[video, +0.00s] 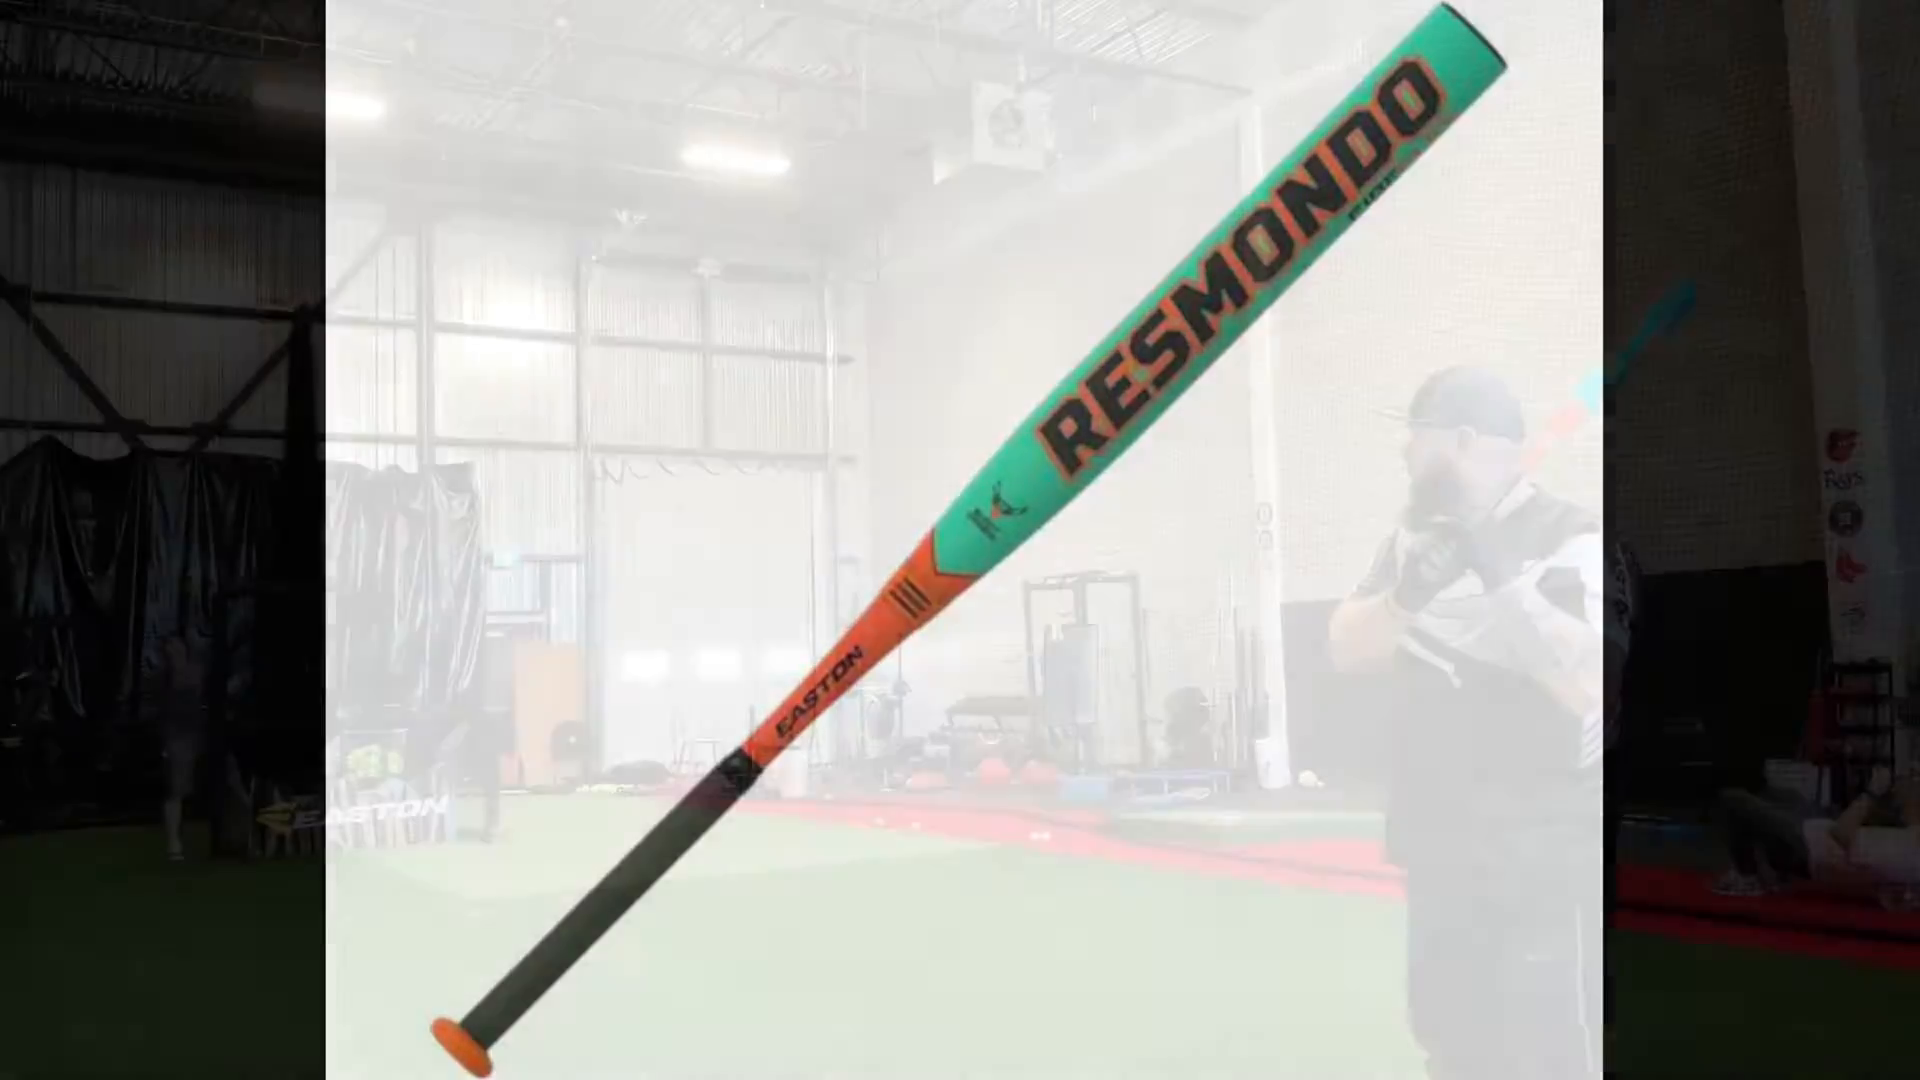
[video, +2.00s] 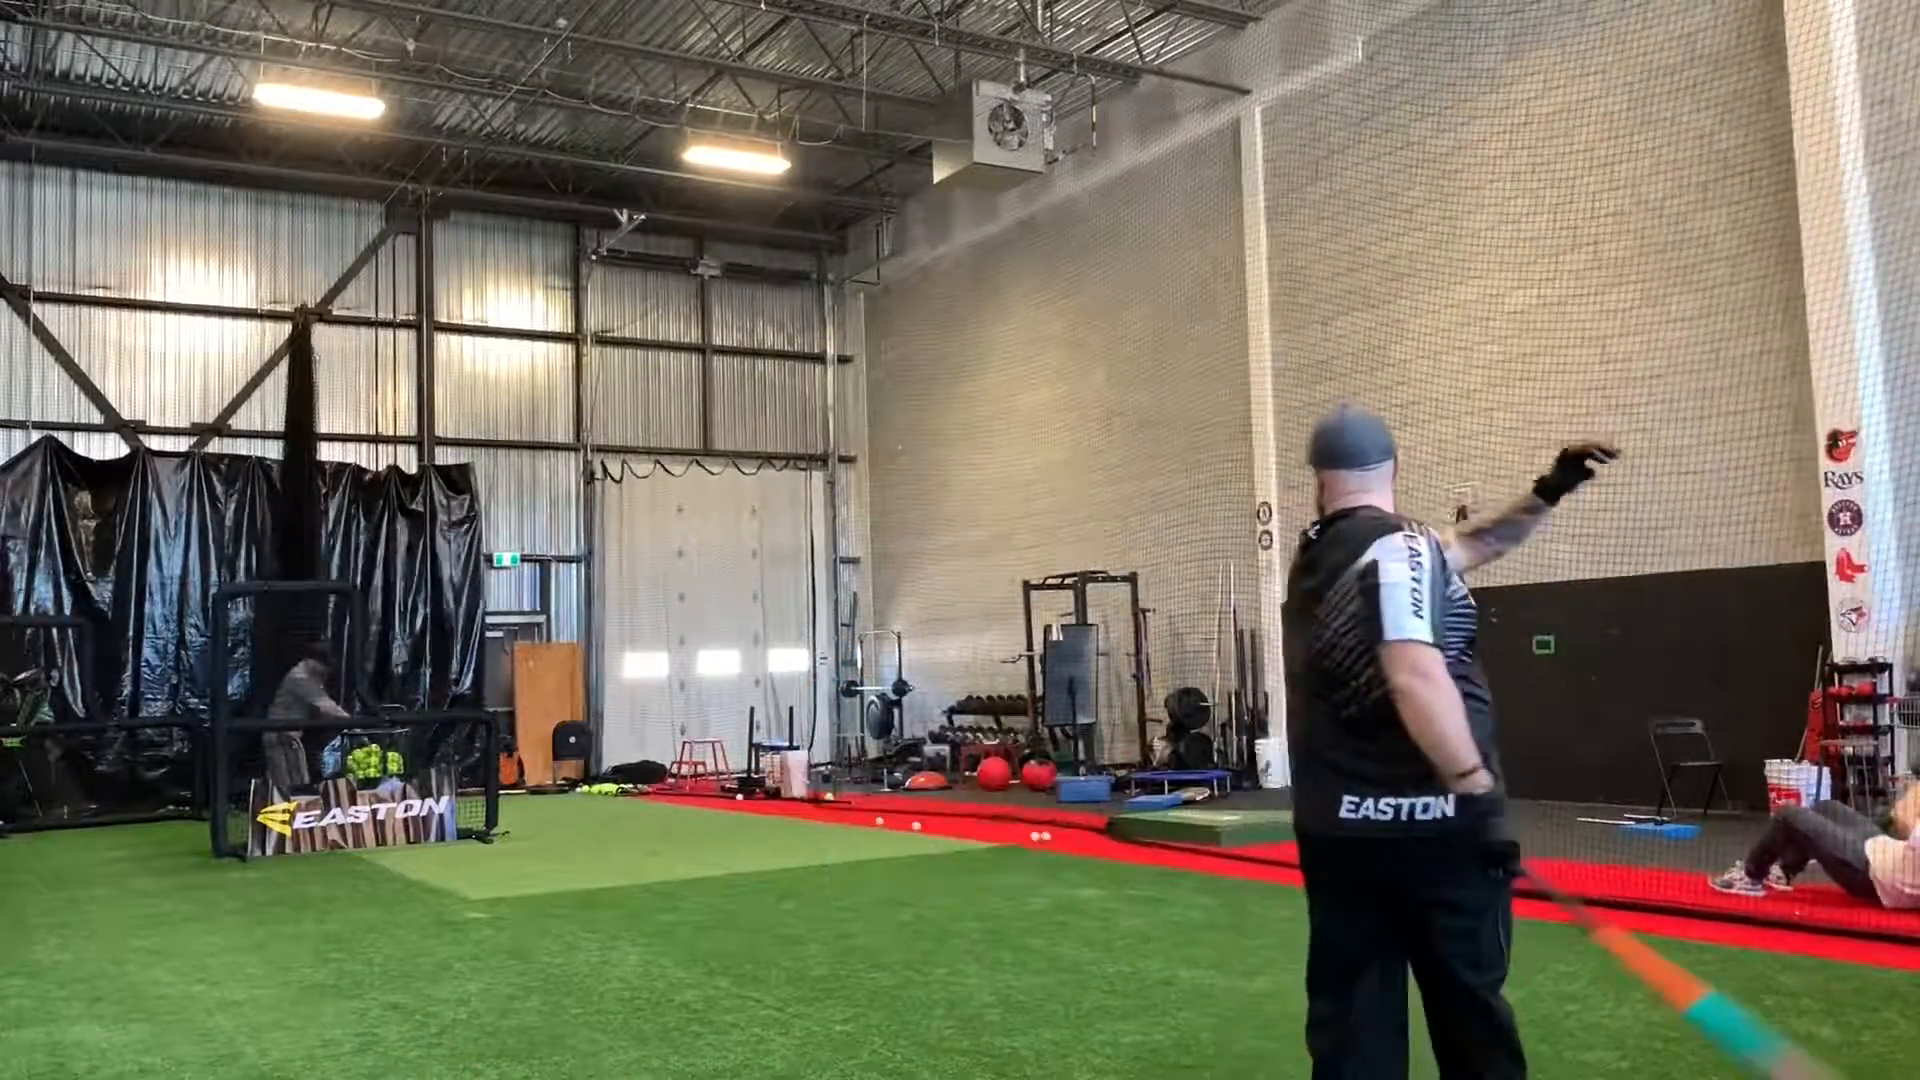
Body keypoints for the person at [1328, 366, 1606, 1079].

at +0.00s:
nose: (1429, 462)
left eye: (1448, 441)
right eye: (1419, 442)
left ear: (1503, 445)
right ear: (1409, 448)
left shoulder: (1571, 535)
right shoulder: (1412, 542)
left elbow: (1586, 689)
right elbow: (1348, 650)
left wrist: (1495, 575)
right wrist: (1412, 583)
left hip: (1547, 850)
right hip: (1440, 847)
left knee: (1544, 1039)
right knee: (1452, 1034)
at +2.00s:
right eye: (1394, 464)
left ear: (1317, 477)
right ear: (1392, 468)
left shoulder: (1316, 557)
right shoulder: (1405, 549)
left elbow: (1470, 546)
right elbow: (1413, 670)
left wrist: (1545, 494)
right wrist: (1478, 788)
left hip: (1339, 828)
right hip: (1434, 828)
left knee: (1353, 1021)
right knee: (1473, 1020)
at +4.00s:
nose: (1425, 459)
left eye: (1437, 442)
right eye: (1429, 443)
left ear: (1486, 453)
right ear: (1484, 455)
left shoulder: (1610, 559)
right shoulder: (1426, 552)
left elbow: (1667, 708)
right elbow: (1375, 666)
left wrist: (1566, 624)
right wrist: (1459, 634)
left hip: (1568, 889)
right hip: (1460, 880)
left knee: (1570, 1063)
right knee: (1470, 1057)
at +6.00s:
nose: (1322, 485)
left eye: (1320, 473)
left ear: (1326, 479)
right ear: (1398, 462)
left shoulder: (1307, 571)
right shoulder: (1459, 528)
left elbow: (1391, 625)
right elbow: (1544, 633)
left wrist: (1498, 576)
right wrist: (1665, 686)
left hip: (1379, 848)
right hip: (1497, 837)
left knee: (1400, 1043)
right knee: (1521, 1034)